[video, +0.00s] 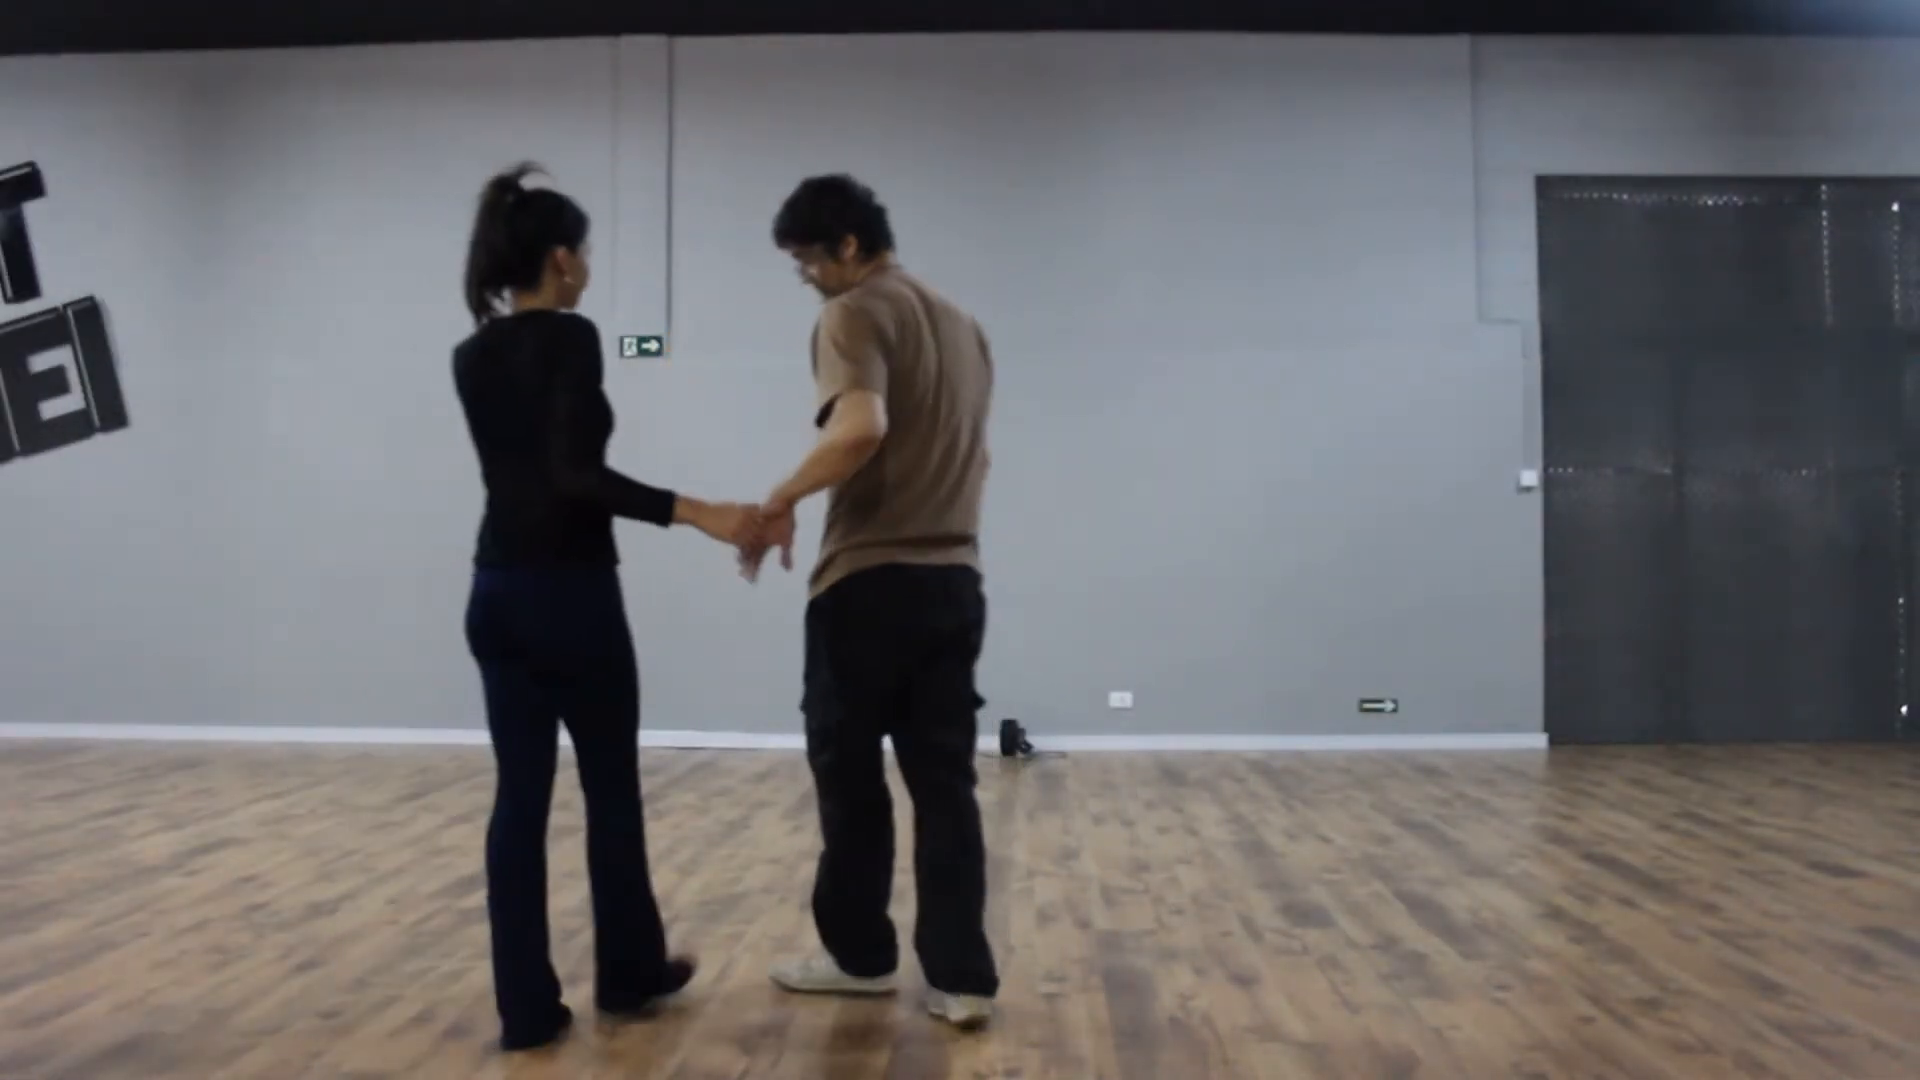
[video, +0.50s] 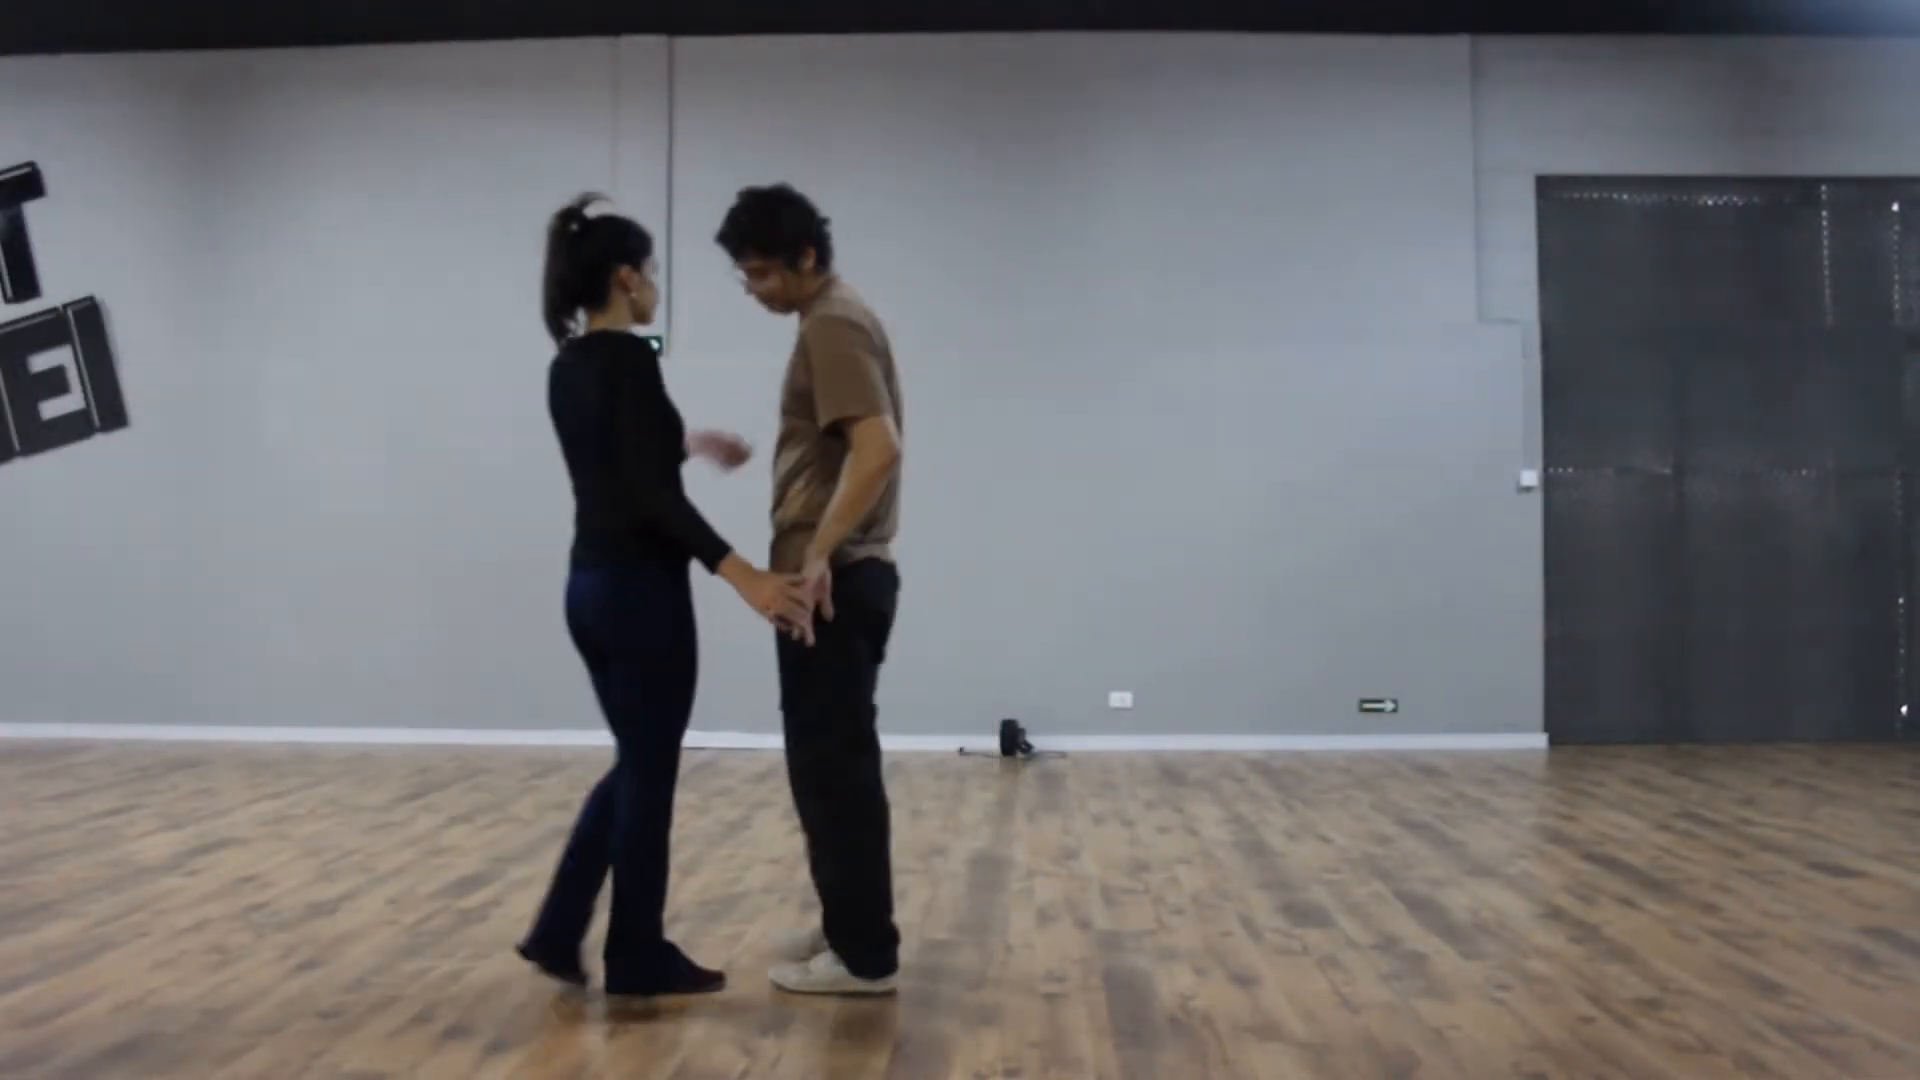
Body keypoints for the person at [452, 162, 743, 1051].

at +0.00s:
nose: (586, 267)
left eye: (583, 252)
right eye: (581, 252)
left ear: (509, 263)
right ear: (556, 259)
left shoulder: (472, 357)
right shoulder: (572, 339)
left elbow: (510, 474)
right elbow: (582, 476)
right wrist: (693, 511)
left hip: (499, 598)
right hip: (577, 596)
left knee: (517, 797)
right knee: (611, 791)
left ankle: (526, 1010)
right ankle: (630, 971)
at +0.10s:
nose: (598, 274)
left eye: (595, 260)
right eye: (593, 260)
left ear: (523, 273)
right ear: (567, 268)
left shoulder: (489, 363)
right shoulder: (584, 346)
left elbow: (526, 479)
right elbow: (594, 481)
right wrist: (704, 525)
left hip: (513, 600)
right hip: (588, 600)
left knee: (528, 796)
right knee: (614, 788)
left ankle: (526, 1006)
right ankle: (638, 954)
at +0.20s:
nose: (613, 281)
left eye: (609, 267)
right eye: (606, 267)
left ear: (539, 281)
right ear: (580, 275)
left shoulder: (508, 370)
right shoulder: (598, 352)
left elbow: (546, 489)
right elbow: (608, 488)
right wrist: (714, 539)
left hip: (529, 605)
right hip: (602, 604)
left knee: (545, 790)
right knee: (626, 783)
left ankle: (525, 997)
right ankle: (631, 957)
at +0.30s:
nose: (633, 281)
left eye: (627, 267)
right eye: (625, 268)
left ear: (561, 283)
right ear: (599, 277)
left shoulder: (533, 369)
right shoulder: (613, 357)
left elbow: (575, 490)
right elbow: (629, 492)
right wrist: (724, 556)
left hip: (561, 597)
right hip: (627, 599)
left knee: (575, 781)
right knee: (639, 786)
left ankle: (525, 969)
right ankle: (639, 957)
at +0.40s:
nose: (643, 283)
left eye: (639, 270)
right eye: (636, 271)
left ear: (578, 284)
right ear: (612, 279)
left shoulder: (550, 369)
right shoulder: (619, 359)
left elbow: (585, 488)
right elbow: (636, 494)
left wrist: (659, 498)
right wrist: (733, 567)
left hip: (580, 590)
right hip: (639, 595)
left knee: (598, 771)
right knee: (645, 777)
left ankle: (528, 937)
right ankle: (639, 953)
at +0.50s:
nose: (656, 283)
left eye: (651, 270)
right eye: (648, 270)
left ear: (591, 285)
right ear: (624, 279)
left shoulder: (570, 364)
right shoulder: (629, 359)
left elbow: (613, 450)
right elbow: (656, 492)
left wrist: (691, 443)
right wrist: (743, 574)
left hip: (596, 585)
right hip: (643, 589)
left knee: (639, 760)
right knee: (650, 766)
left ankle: (556, 931)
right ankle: (637, 954)